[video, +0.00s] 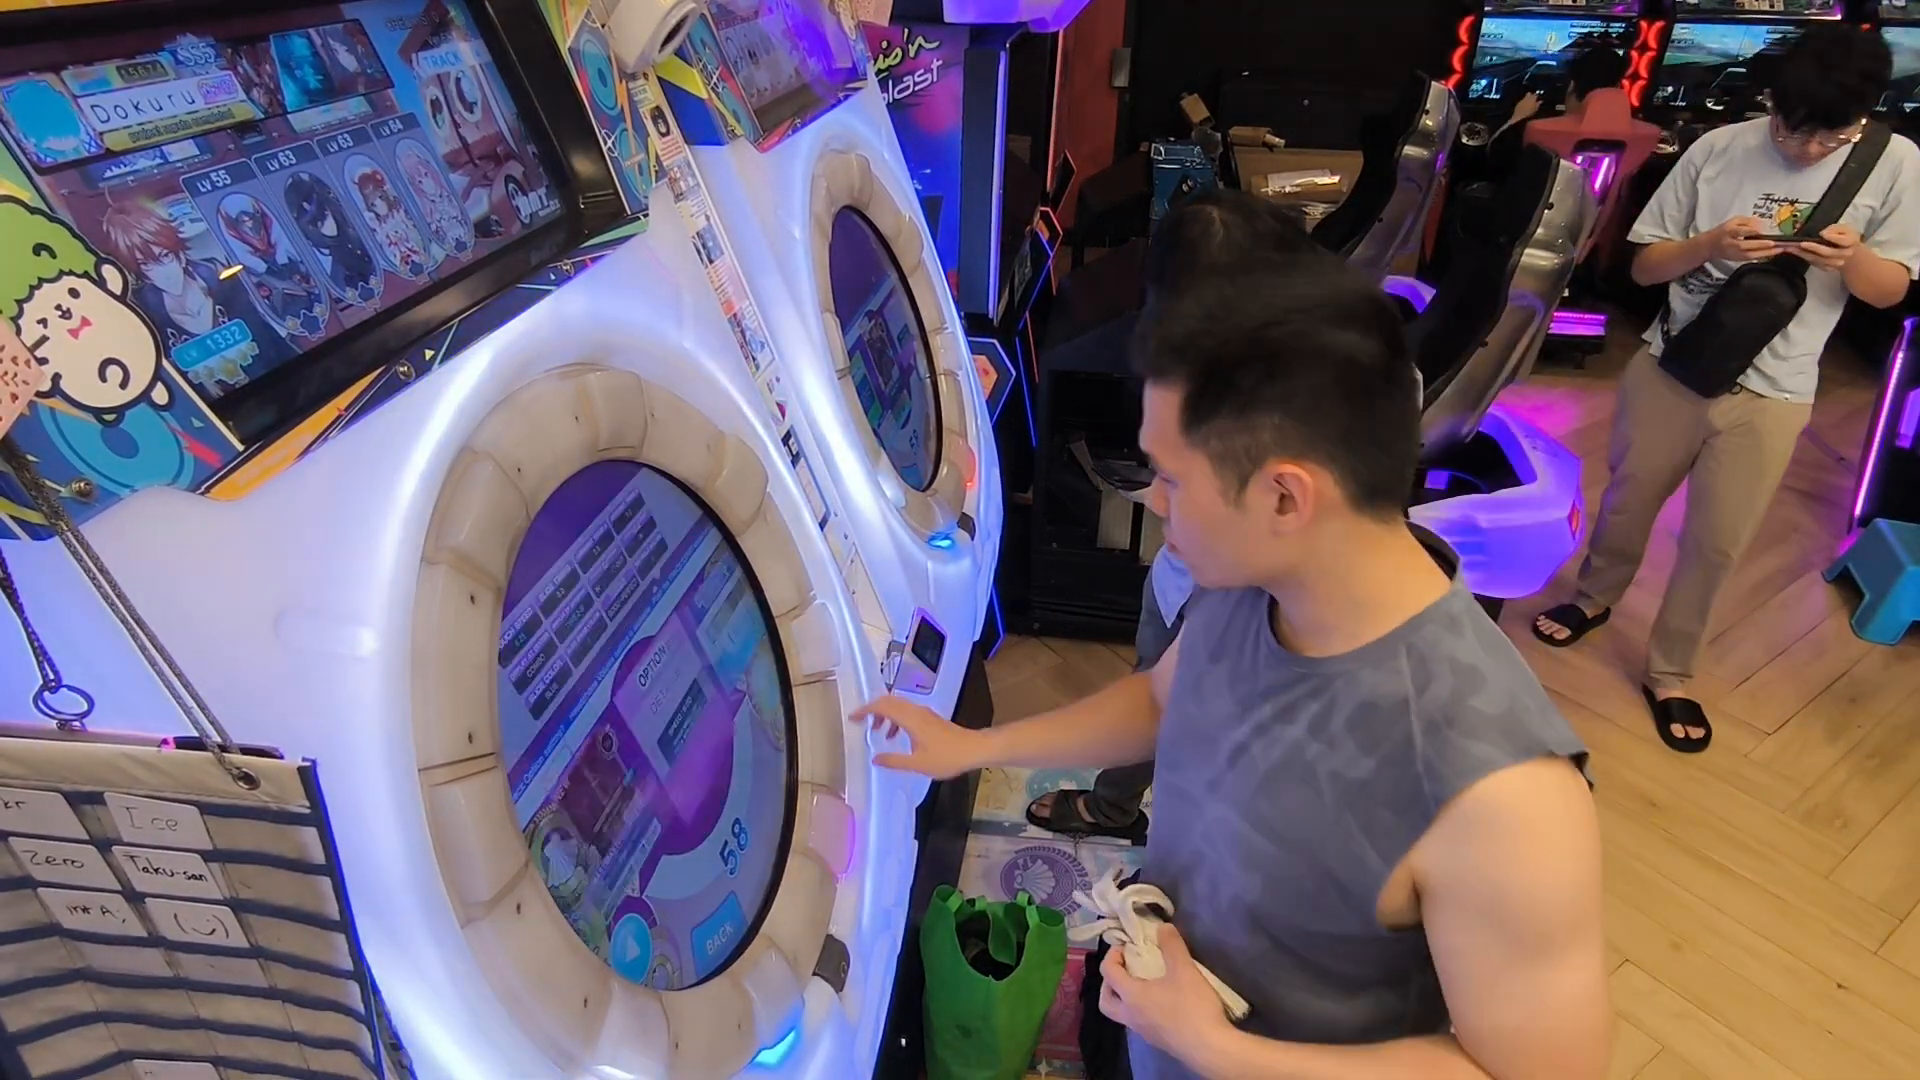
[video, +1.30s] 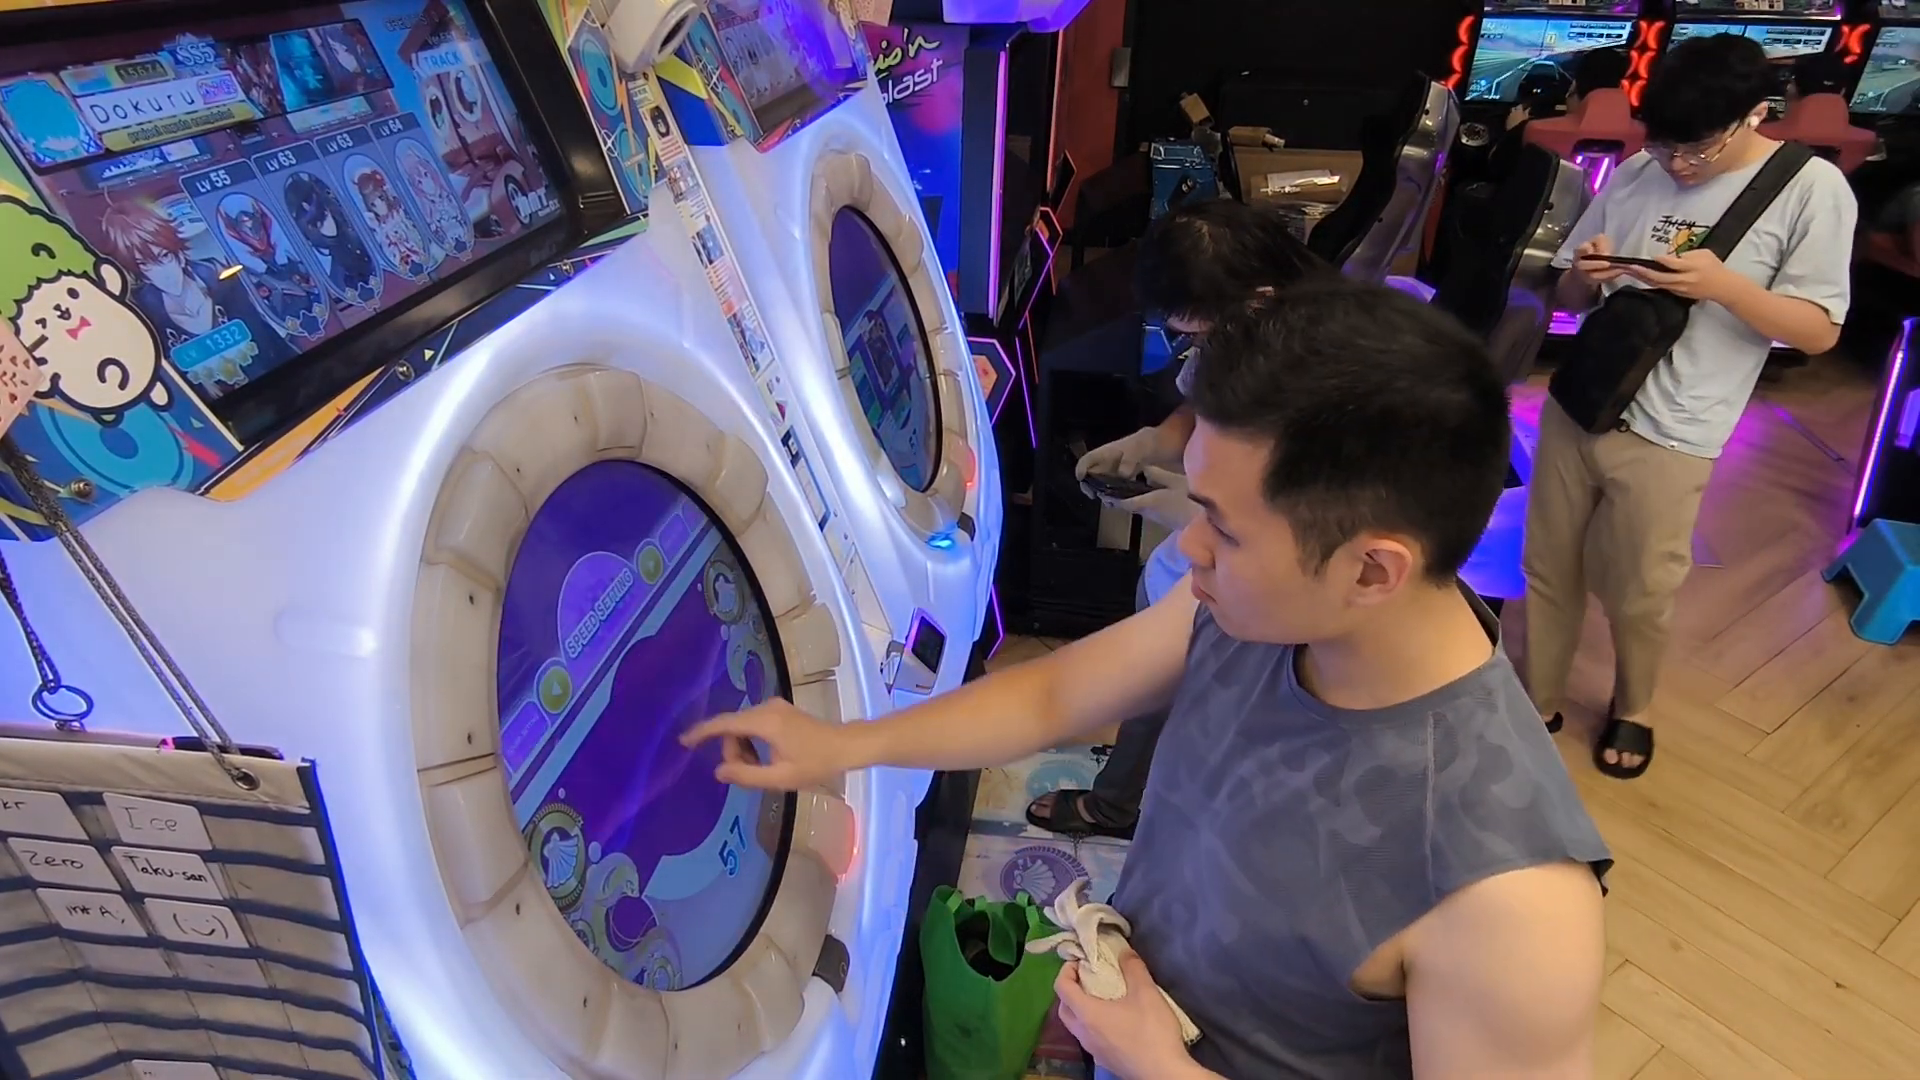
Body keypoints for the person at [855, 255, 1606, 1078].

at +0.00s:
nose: (1151, 503)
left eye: (1169, 479)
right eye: (1154, 472)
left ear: (1288, 500)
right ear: (1287, 502)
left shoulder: (1498, 785)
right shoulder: (1240, 595)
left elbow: (1523, 1065)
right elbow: (1156, 704)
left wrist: (1227, 1051)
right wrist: (978, 745)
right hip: (1134, 1032)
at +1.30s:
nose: (1182, 542)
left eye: (1218, 526)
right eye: (1195, 502)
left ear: (1371, 573)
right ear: (1362, 566)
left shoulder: (1509, 893)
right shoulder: (1254, 597)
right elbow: (1053, 697)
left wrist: (1168, 1064)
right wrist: (852, 745)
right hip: (1095, 994)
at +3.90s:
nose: (1218, 556)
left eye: (1269, 545)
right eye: (1236, 513)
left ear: (1427, 589)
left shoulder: (1473, 915)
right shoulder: (1282, 589)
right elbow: (1025, 660)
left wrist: (864, 1079)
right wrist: (772, 722)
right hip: (1134, 1007)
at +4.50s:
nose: (1219, 553)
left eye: (1268, 541)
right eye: (1237, 511)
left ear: (1427, 593)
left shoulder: (1472, 910)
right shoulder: (1296, 605)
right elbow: (1061, 680)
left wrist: (811, 1069)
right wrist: (841, 767)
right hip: (1135, 1014)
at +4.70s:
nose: (1225, 554)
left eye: (1276, 544)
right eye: (1244, 512)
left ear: (1435, 595)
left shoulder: (1479, 915)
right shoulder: (1298, 594)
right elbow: (1049, 662)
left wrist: (878, 1076)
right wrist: (809, 736)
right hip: (1138, 988)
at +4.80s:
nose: (1229, 554)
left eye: (1279, 544)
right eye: (1246, 512)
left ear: (1438, 595)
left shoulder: (1486, 916)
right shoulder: (1295, 591)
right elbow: (1040, 654)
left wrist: (882, 1078)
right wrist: (793, 729)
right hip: (1137, 1003)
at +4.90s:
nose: (1232, 553)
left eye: (1282, 543)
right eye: (1249, 511)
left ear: (1440, 595)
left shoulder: (1489, 917)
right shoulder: (1288, 588)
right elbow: (1028, 655)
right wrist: (768, 721)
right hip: (1139, 1010)